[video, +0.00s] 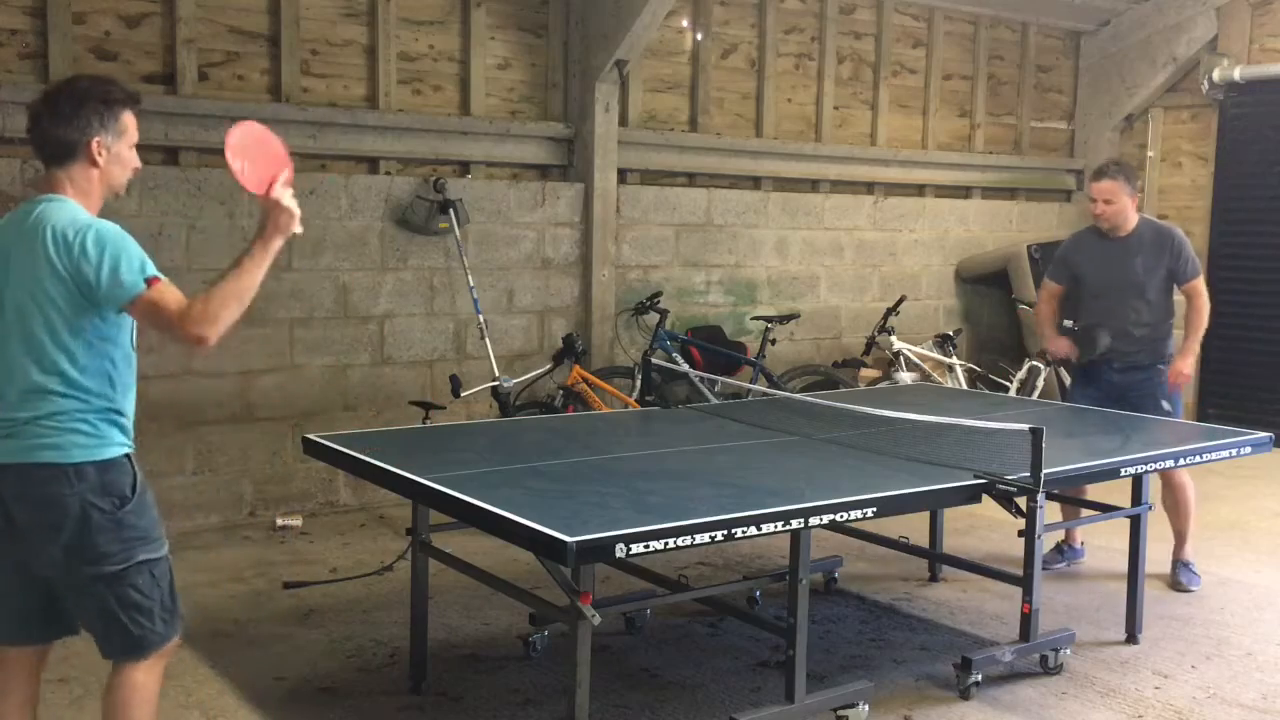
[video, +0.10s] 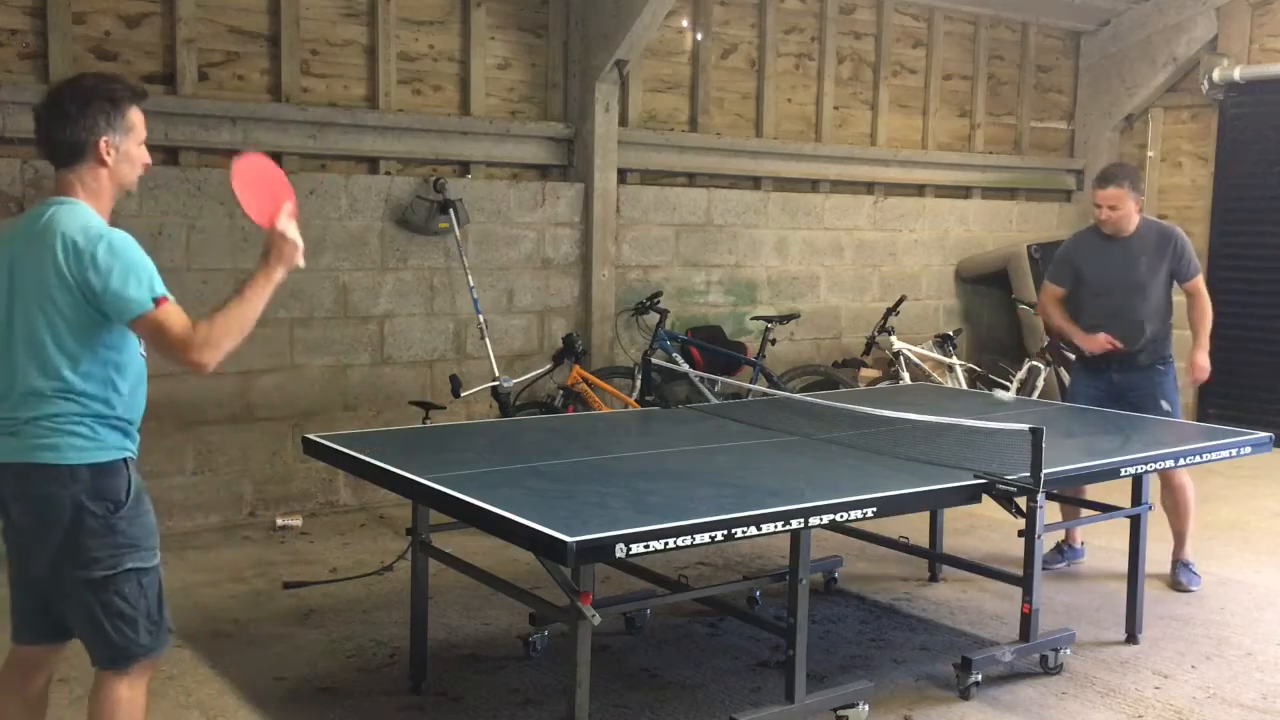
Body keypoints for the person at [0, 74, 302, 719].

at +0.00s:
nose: (139, 163)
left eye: (138, 146)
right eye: (132, 145)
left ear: (72, 147)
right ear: (96, 149)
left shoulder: (10, 230)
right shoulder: (88, 237)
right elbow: (201, 325)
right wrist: (272, 238)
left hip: (12, 470)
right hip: (83, 471)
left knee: (19, 647)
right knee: (146, 641)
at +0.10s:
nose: (149, 159)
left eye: (147, 143)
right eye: (142, 142)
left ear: (79, 149)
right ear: (104, 149)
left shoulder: (14, 236)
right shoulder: (98, 243)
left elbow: (27, 346)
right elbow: (202, 351)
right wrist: (274, 268)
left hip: (20, 467)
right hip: (86, 471)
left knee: (33, 649)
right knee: (129, 659)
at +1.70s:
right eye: (746, 304)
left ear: (672, 301)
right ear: (739, 310)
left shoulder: (615, 345)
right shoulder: (757, 367)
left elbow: (534, 448)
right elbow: (784, 510)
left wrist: (594, 474)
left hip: (612, 528)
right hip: (722, 529)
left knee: (559, 680)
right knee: (776, 697)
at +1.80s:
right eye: (759, 298)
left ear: (686, 296)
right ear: (755, 305)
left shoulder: (632, 339)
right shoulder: (778, 358)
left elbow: (549, 445)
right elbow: (799, 503)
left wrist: (594, 472)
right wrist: (784, 556)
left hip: (646, 517)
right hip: (754, 518)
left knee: (579, 675)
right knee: (793, 697)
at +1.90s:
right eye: (756, 275)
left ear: (685, 270)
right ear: (753, 280)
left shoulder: (636, 318)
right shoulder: (782, 339)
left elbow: (566, 430)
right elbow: (796, 474)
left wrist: (595, 461)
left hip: (662, 513)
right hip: (769, 511)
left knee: (574, 674)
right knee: (797, 694)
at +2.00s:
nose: (747, 243)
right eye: (747, 237)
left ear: (672, 245)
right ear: (743, 248)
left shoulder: (625, 307)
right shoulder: (775, 326)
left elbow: (557, 427)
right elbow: (781, 457)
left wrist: (589, 460)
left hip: (657, 514)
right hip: (763, 513)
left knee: (556, 676)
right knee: (793, 696)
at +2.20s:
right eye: (666, 224)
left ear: (588, 238)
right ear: (662, 237)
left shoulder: (548, 316)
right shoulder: (702, 318)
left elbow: (472, 446)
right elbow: (715, 447)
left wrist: (508, 472)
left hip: (608, 539)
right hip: (710, 529)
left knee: (497, 699)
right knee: (760, 701)